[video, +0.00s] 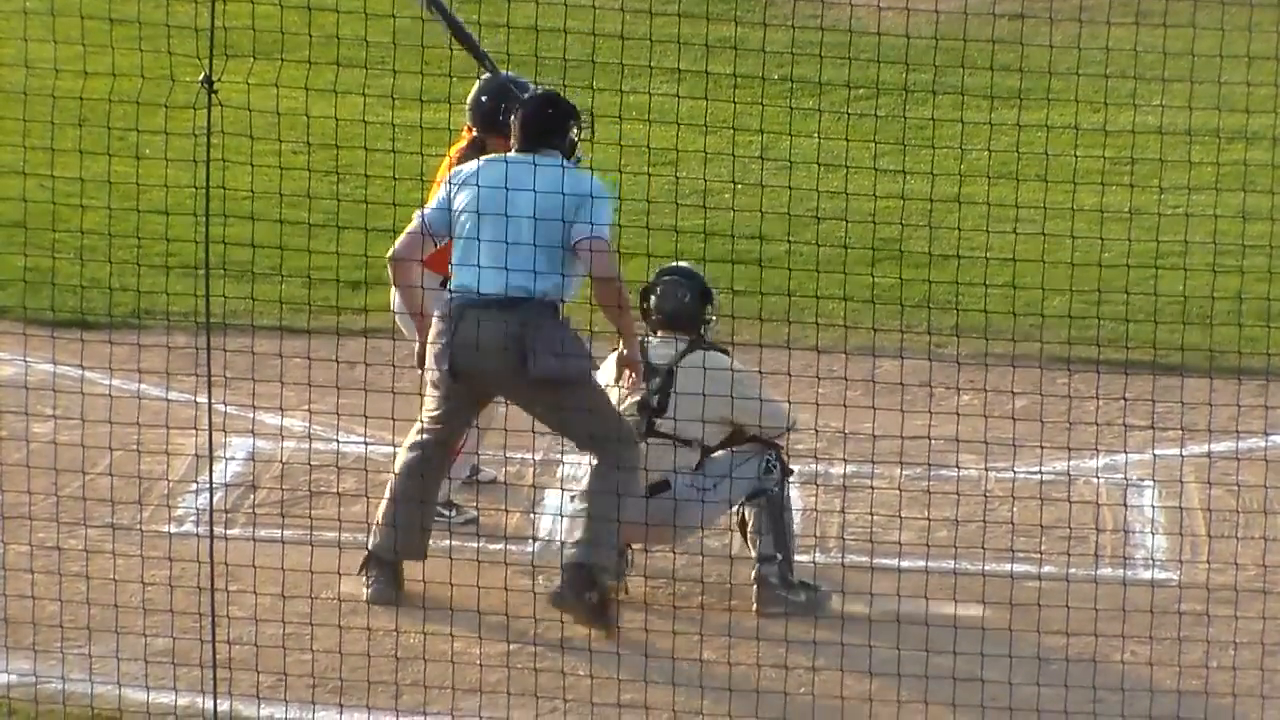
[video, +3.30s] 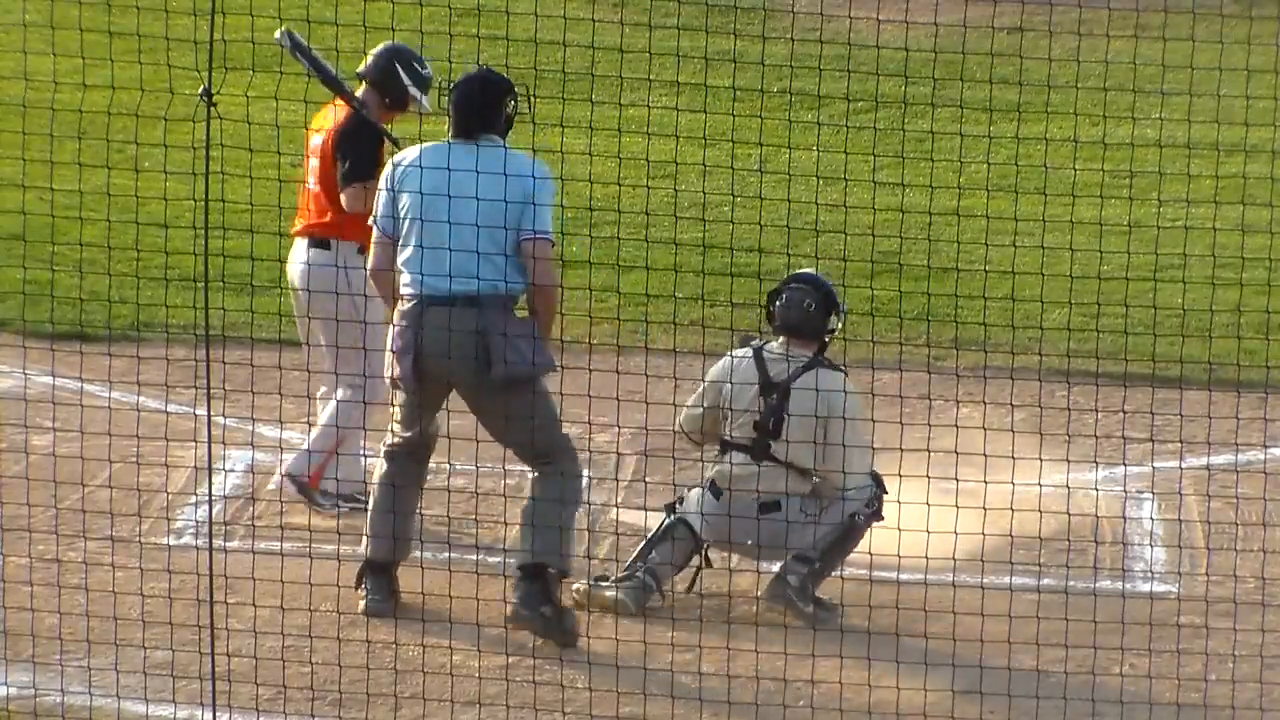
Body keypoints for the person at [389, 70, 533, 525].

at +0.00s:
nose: (521, 132)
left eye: (521, 123)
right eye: (516, 122)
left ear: (482, 122)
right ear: (497, 125)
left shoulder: (475, 156)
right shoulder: (470, 165)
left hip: (442, 281)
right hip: (430, 284)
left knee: (472, 371)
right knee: (452, 383)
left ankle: (465, 463)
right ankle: (437, 491)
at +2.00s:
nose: (536, 173)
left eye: (536, 165)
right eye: (531, 166)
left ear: (491, 168)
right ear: (519, 172)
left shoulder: (511, 210)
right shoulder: (475, 207)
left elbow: (527, 256)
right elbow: (488, 272)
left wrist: (550, 244)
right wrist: (536, 252)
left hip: (450, 327)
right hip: (411, 324)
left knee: (489, 401)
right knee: (467, 410)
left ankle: (443, 504)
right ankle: (435, 509)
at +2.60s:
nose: (514, 131)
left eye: (514, 123)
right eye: (507, 124)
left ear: (481, 127)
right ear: (487, 127)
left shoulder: (489, 161)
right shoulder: (445, 175)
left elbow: (486, 212)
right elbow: (430, 249)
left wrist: (512, 230)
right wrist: (484, 231)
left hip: (454, 286)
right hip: (415, 289)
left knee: (462, 388)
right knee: (445, 397)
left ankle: (410, 465)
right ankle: (434, 504)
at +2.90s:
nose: (471, 102)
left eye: (470, 94)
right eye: (465, 95)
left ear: (433, 97)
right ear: (444, 98)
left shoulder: (434, 136)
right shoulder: (407, 144)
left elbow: (441, 191)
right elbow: (399, 221)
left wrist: (479, 189)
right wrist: (453, 200)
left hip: (414, 274)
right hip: (392, 276)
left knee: (417, 381)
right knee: (435, 383)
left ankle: (354, 473)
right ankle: (432, 506)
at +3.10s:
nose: (435, 103)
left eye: (436, 94)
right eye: (432, 93)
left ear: (394, 85)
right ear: (414, 92)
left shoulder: (377, 123)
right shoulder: (379, 135)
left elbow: (390, 189)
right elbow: (373, 209)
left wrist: (419, 172)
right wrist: (425, 197)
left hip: (356, 260)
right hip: (361, 264)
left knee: (374, 377)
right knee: (394, 378)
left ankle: (345, 485)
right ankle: (405, 498)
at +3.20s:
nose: (419, 107)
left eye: (423, 97)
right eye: (418, 96)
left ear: (381, 81)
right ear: (400, 88)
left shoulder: (348, 118)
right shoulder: (367, 126)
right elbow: (360, 200)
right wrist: (413, 196)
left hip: (325, 258)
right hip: (347, 262)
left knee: (351, 377)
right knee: (382, 378)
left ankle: (339, 481)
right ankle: (349, 482)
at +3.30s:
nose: (402, 111)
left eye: (406, 102)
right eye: (402, 100)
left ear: (367, 83)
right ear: (387, 91)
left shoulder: (330, 116)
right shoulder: (358, 127)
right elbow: (353, 198)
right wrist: (408, 196)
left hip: (308, 257)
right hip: (340, 263)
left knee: (342, 379)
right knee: (368, 387)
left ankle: (348, 484)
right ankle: (305, 469)